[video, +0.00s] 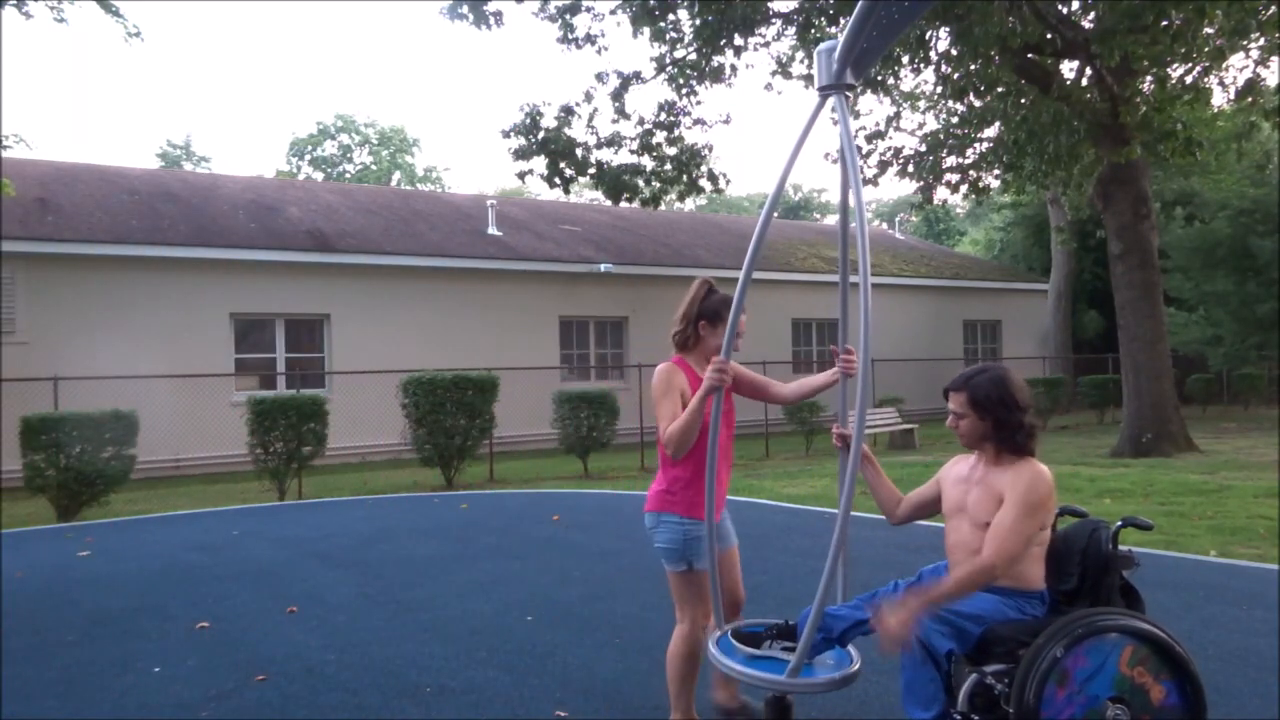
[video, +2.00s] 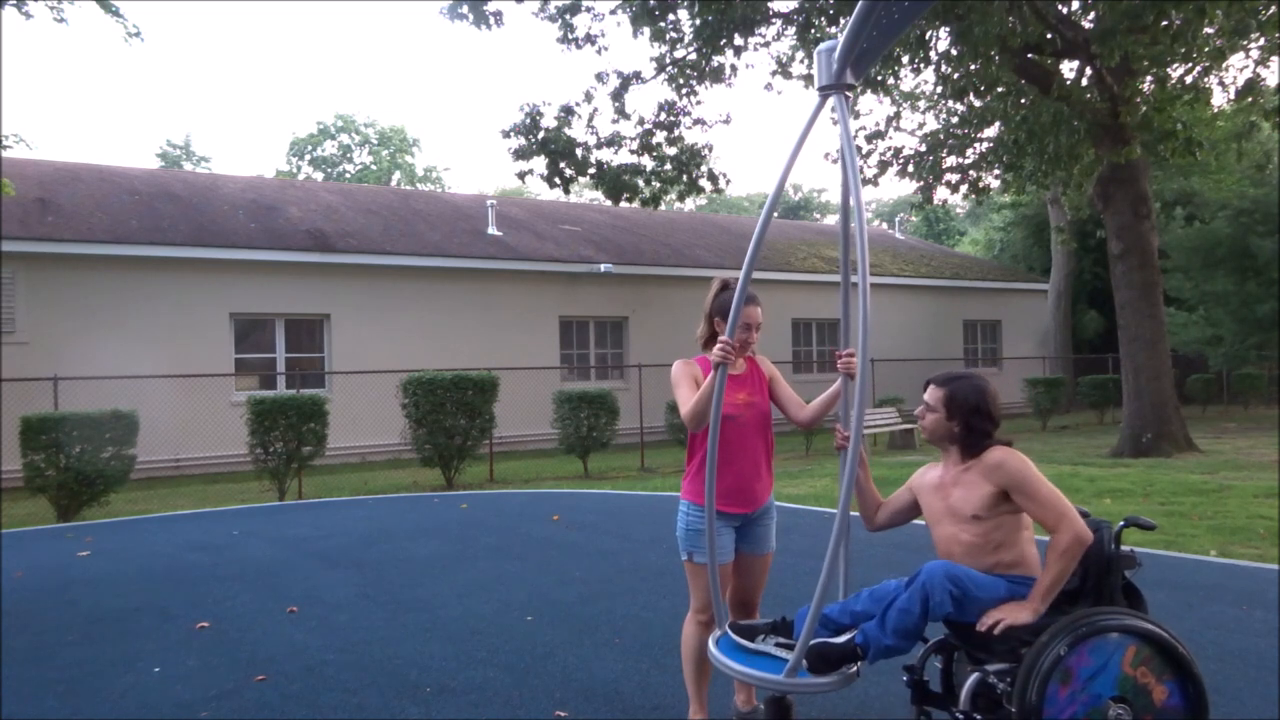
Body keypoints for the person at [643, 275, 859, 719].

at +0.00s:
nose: (737, 343)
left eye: (740, 334)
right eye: (732, 333)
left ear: (713, 329)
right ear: (704, 330)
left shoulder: (721, 369)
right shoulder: (669, 374)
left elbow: (783, 392)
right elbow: (672, 445)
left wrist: (836, 373)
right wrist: (703, 392)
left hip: (713, 508)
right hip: (676, 513)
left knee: (733, 604)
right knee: (695, 620)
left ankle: (726, 694)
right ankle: (681, 713)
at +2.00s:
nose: (752, 336)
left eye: (757, 327)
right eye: (744, 327)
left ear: (761, 325)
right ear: (717, 324)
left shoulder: (761, 366)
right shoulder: (688, 367)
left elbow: (805, 416)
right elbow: (692, 418)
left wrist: (843, 381)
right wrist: (719, 370)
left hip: (758, 507)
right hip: (705, 509)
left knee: (746, 608)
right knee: (705, 614)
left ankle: (745, 695)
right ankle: (697, 709)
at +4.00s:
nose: (759, 346)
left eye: (764, 337)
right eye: (751, 336)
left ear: (769, 330)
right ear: (726, 328)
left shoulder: (772, 366)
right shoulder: (698, 370)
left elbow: (811, 413)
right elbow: (699, 417)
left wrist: (848, 379)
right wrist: (719, 370)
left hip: (771, 504)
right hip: (720, 508)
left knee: (757, 612)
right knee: (735, 615)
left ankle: (746, 701)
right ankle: (702, 707)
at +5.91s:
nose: (760, 347)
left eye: (766, 338)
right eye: (752, 337)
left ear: (771, 332)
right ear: (728, 328)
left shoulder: (774, 367)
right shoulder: (699, 370)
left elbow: (810, 418)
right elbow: (699, 415)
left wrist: (842, 380)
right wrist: (719, 369)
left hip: (771, 504)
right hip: (719, 507)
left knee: (757, 610)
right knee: (732, 614)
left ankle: (746, 700)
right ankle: (699, 707)